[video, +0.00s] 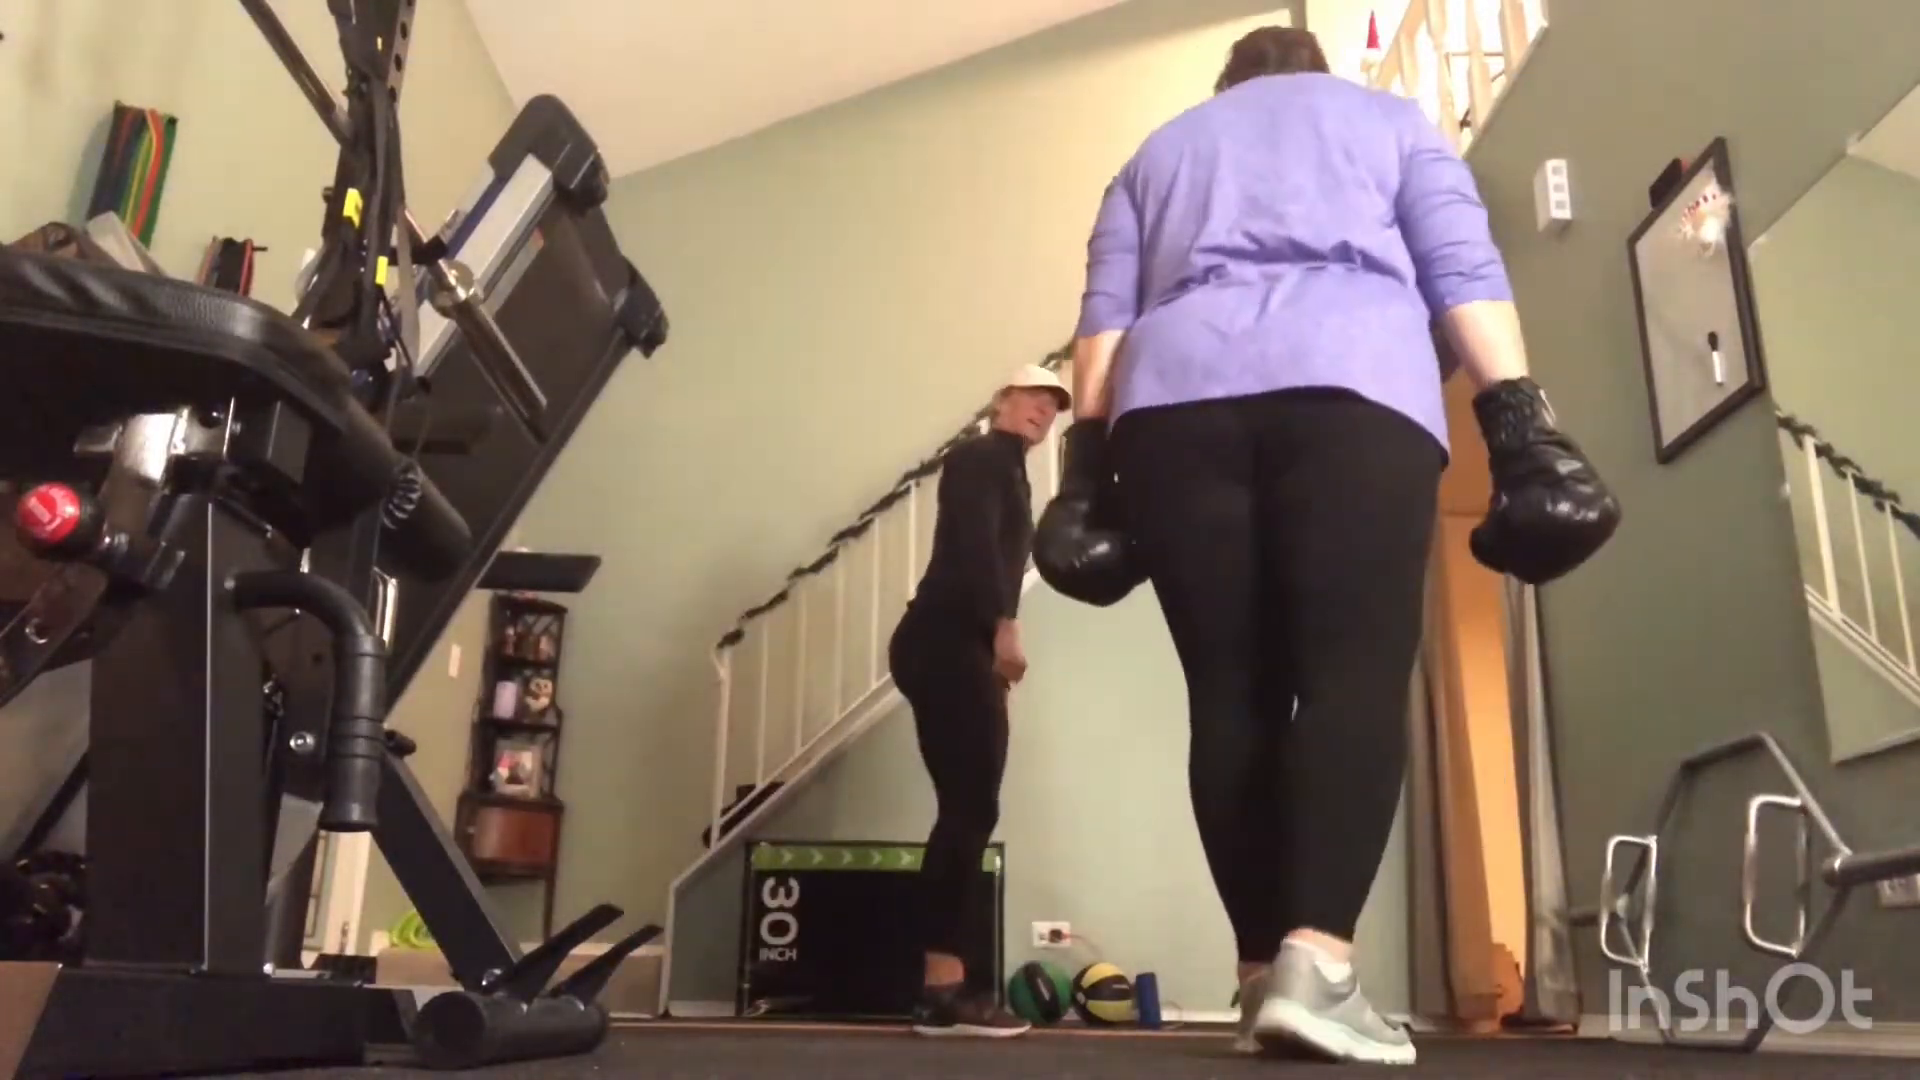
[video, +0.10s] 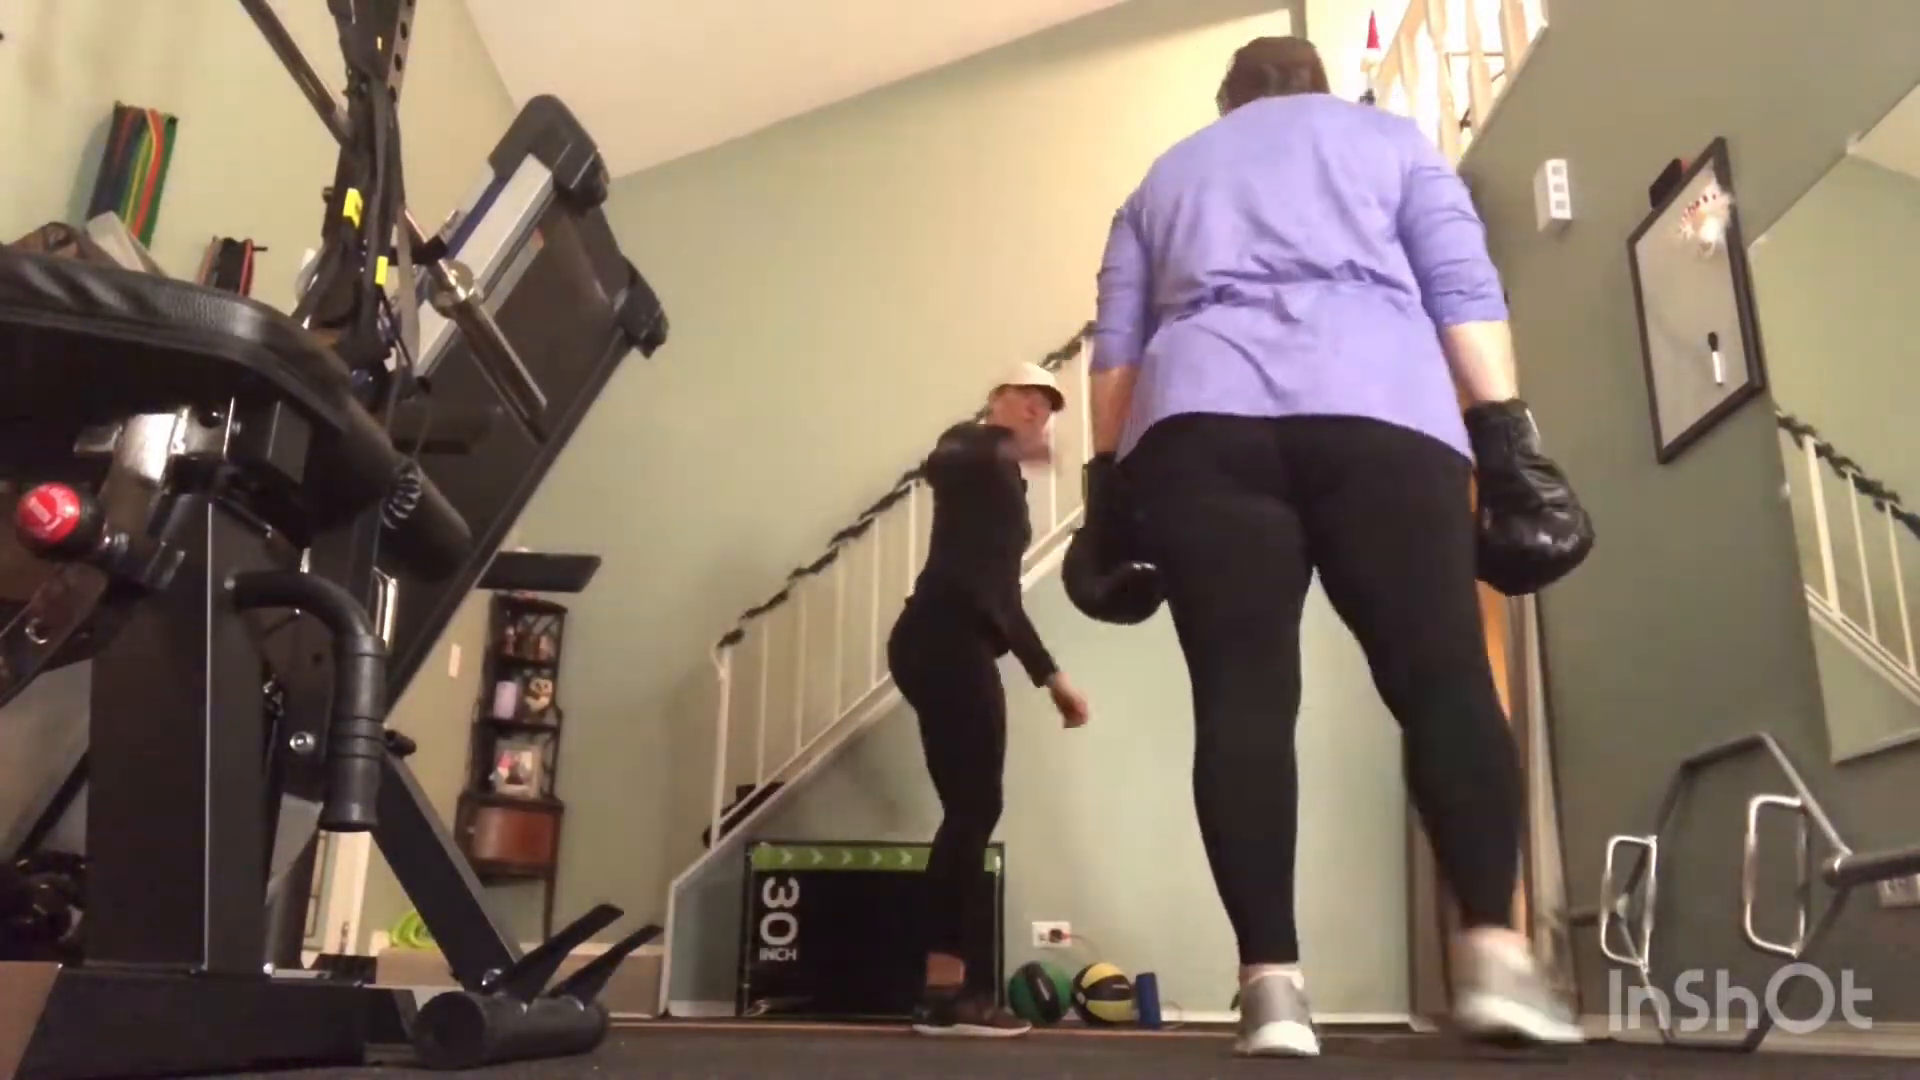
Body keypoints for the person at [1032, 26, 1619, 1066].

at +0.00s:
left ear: (1223, 87)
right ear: (1327, 73)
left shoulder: (1153, 152)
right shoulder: (1394, 118)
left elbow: (1102, 323)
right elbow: (1461, 265)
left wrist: (1083, 475)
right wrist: (1525, 433)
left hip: (1175, 409)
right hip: (1359, 393)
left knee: (1227, 700)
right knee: (1353, 673)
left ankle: (1269, 982)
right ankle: (1316, 966)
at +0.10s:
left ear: (1225, 101)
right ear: (1327, 87)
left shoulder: (1161, 176)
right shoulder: (1395, 137)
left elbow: (1114, 352)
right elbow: (1462, 285)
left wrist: (1106, 504)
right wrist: (1513, 456)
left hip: (1199, 426)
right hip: (1384, 417)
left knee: (1241, 705)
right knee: (1446, 678)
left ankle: (1272, 990)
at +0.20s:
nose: (1292, 109)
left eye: (1293, 96)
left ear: (1301, 97)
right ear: (1405, 90)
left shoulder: (1256, 161)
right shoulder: (1495, 156)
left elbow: (1207, 306)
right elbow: (1558, 298)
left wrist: (1168, 467)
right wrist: (1588, 470)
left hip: (1299, 426)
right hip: (1484, 429)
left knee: (1290, 709)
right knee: (1505, 705)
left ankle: (1279, 981)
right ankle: (1537, 985)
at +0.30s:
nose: (1329, 130)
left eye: (1331, 117)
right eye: (1335, 114)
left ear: (1347, 109)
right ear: (1439, 102)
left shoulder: (1325, 148)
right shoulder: (1542, 167)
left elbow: (1284, 280)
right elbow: (1606, 334)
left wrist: (1241, 430)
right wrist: (1639, 492)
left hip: (1366, 416)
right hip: (1546, 428)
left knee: (1344, 698)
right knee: (1534, 707)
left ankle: (1347, 966)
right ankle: (1543, 983)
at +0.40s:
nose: (1293, 141)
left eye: (1297, 127)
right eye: (1299, 126)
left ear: (1315, 117)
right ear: (1407, 114)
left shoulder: (1293, 162)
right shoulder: (1513, 178)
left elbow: (1257, 301)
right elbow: (1576, 351)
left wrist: (1221, 456)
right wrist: (1590, 510)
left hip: (1362, 417)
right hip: (1538, 432)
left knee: (1376, 712)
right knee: (1520, 695)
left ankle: (1416, 985)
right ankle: (1546, 937)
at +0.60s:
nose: (1373, 196)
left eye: (1374, 174)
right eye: (1369, 181)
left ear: (1413, 146)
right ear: (1461, 138)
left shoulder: (1456, 177)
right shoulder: (1556, 219)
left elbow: (1478, 290)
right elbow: (1588, 345)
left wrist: (1445, 433)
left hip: (1545, 441)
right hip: (1637, 461)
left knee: (1465, 670)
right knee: (1578, 703)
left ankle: (1548, 964)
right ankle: (1635, 983)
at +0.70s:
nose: (1384, 167)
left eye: (1390, 145)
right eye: (1381, 152)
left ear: (1436, 126)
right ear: (1435, 130)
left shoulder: (1489, 157)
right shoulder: (1455, 220)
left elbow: (1527, 275)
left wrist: (1497, 431)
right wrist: (1406, 252)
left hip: (1610, 427)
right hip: (1573, 447)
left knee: (1585, 678)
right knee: (1566, 694)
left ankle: (1693, 982)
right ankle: (1640, 980)